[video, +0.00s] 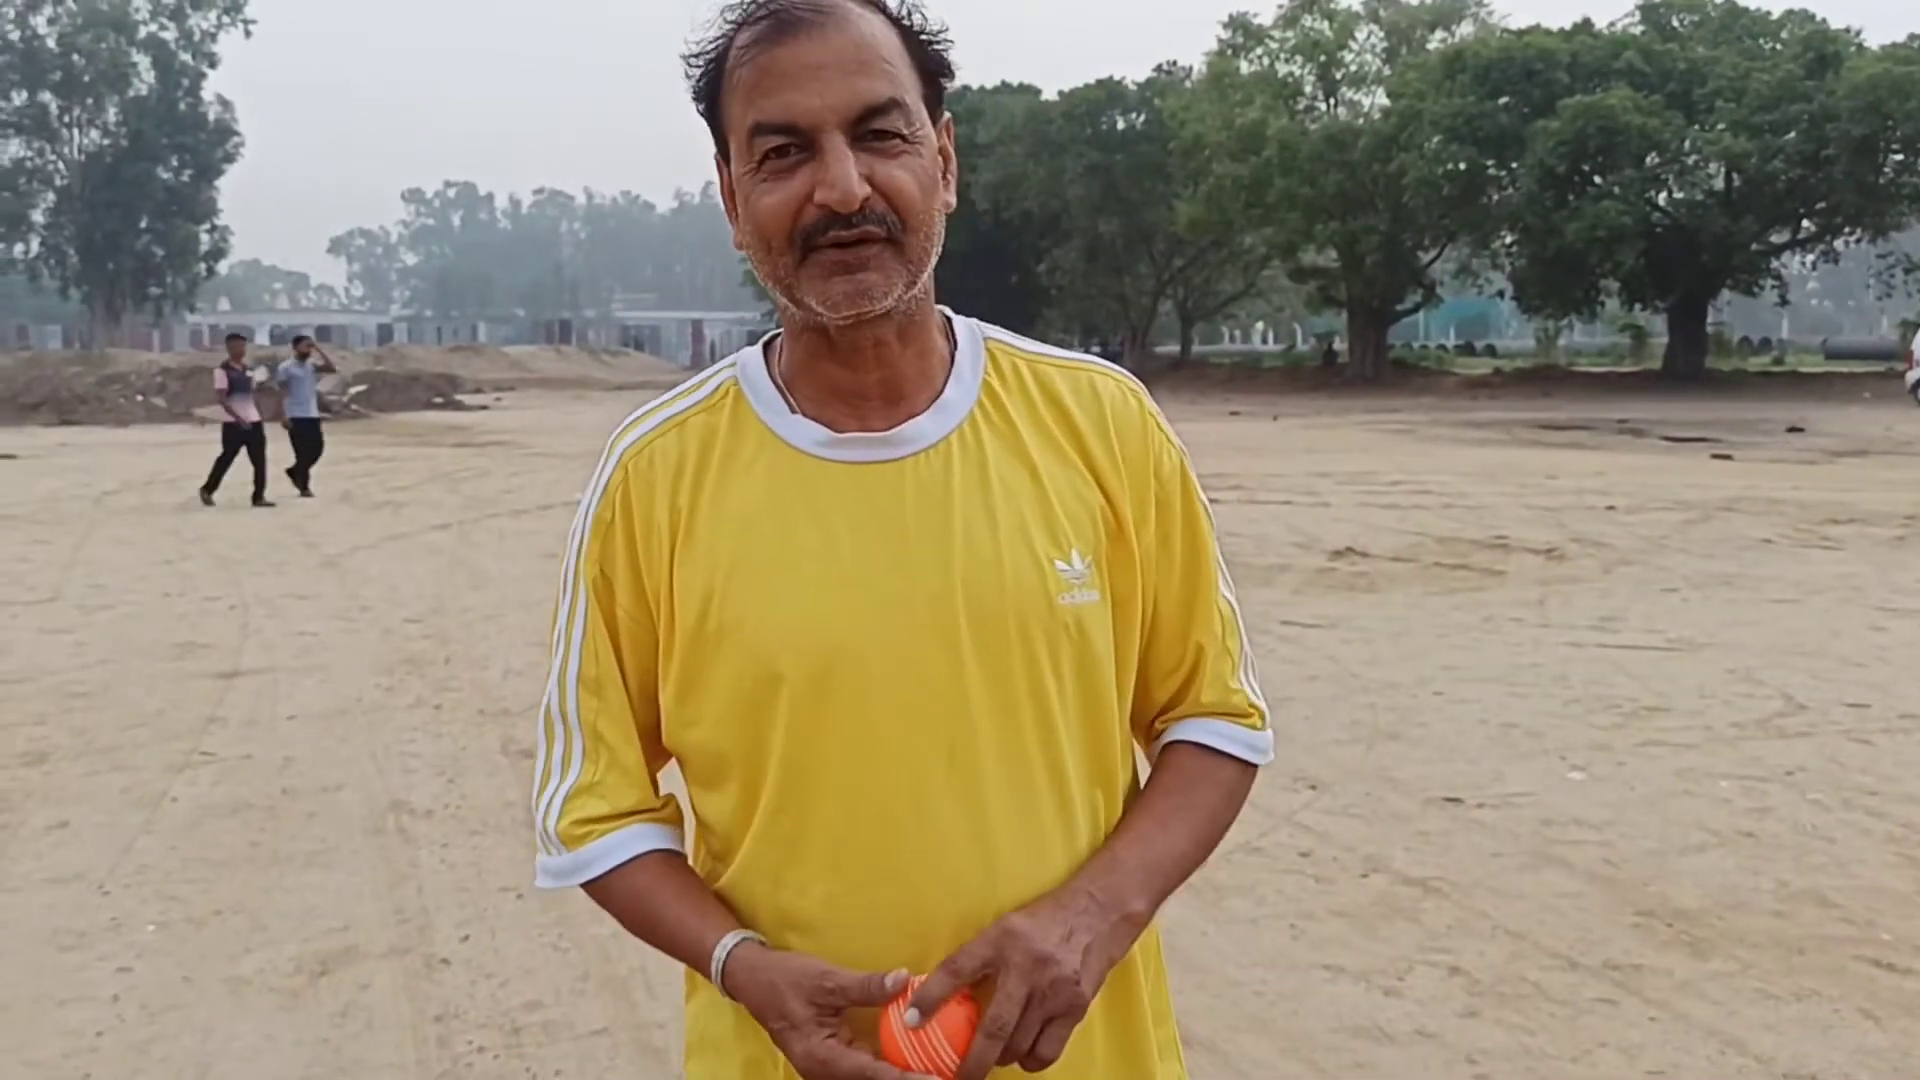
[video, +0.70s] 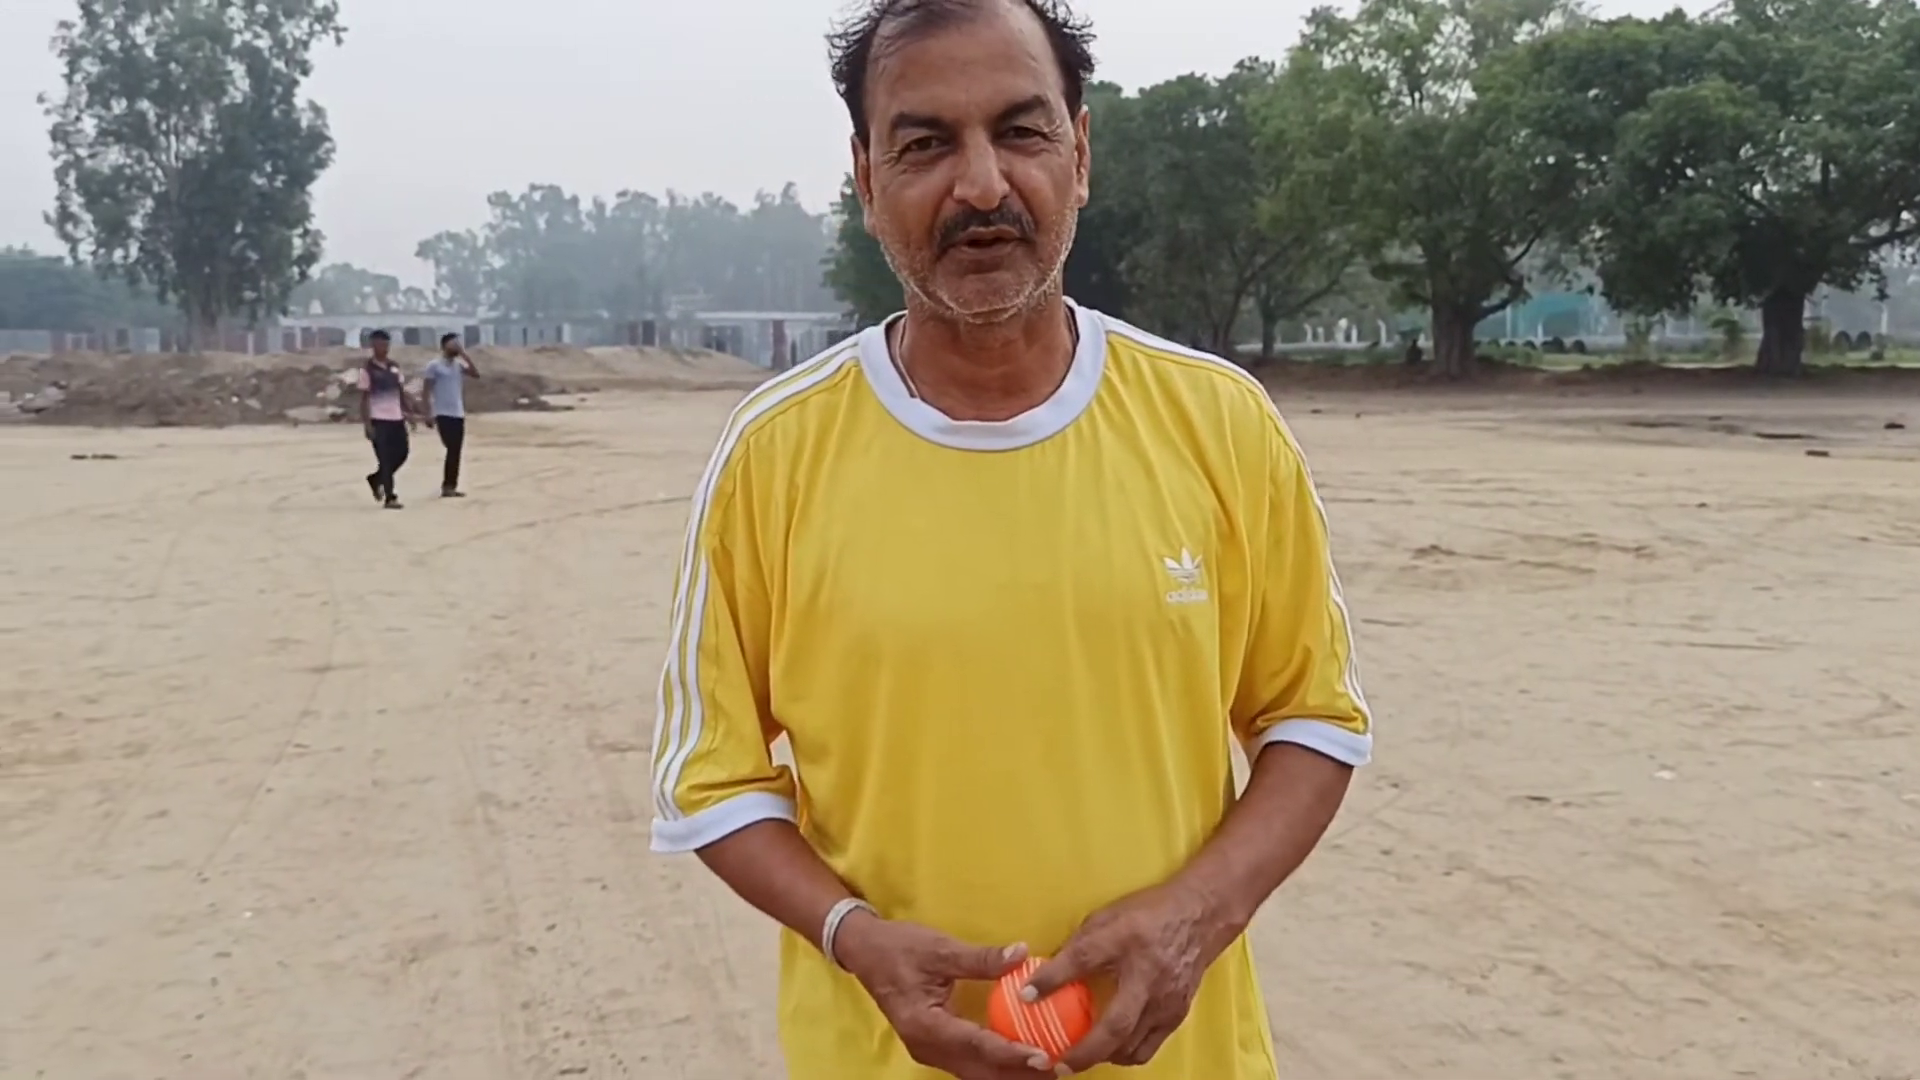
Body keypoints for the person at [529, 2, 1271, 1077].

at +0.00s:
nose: (843, 187)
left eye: (880, 135)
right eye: (783, 153)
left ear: (945, 165)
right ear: (732, 205)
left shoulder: (1105, 425)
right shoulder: (655, 473)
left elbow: (1219, 720)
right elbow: (592, 808)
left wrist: (1096, 909)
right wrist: (745, 967)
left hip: (1091, 1051)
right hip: (782, 1054)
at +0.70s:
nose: (983, 184)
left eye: (1022, 132)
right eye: (927, 143)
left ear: (1080, 160)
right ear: (865, 187)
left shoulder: (1221, 423)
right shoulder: (773, 451)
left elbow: (1319, 719)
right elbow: (707, 774)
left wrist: (1200, 909)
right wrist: (853, 935)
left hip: (1187, 1048)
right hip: (880, 1055)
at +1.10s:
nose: (1114, 209)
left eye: (1153, 155)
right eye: (1059, 166)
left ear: (1203, 168)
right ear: (991, 195)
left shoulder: (1334, 420)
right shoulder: (897, 450)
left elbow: (1426, 708)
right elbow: (822, 771)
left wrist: (1351, 875)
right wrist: (993, 906)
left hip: (1303, 1046)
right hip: (1011, 1053)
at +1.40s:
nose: (1223, 259)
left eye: (1263, 204)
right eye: (1169, 214)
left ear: (1306, 183)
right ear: (1092, 203)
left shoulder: (1424, 421)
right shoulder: (996, 444)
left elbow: (1528, 699)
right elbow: (907, 771)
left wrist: (1478, 808)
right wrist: (1091, 831)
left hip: (1389, 1045)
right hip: (1102, 1049)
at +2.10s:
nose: (1292, 193)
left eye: (1327, 151)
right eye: (1239, 156)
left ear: (1370, 181)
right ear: (1171, 199)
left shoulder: (1480, 430)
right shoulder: (1062, 440)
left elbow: (1646, 726)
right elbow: (909, 707)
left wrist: (1569, 703)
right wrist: (1179, 688)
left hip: (1424, 1034)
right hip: (1148, 1037)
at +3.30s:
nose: (1262, 281)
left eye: (1302, 233)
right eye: (1204, 245)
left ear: (1360, 266)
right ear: (1146, 295)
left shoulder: (1485, 533)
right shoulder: (1031, 542)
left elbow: (1685, 870)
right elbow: (822, 819)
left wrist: (1535, 743)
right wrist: (1121, 772)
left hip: (1427, 1050)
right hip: (1110, 1048)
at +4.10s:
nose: (1156, 303)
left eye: (1190, 253)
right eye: (1099, 264)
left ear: (1241, 275)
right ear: (1034, 303)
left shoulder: (1345, 531)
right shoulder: (922, 537)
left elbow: (1538, 833)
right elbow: (738, 808)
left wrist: (1445, 759)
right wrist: (1045, 756)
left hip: (1300, 1057)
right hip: (999, 1059)